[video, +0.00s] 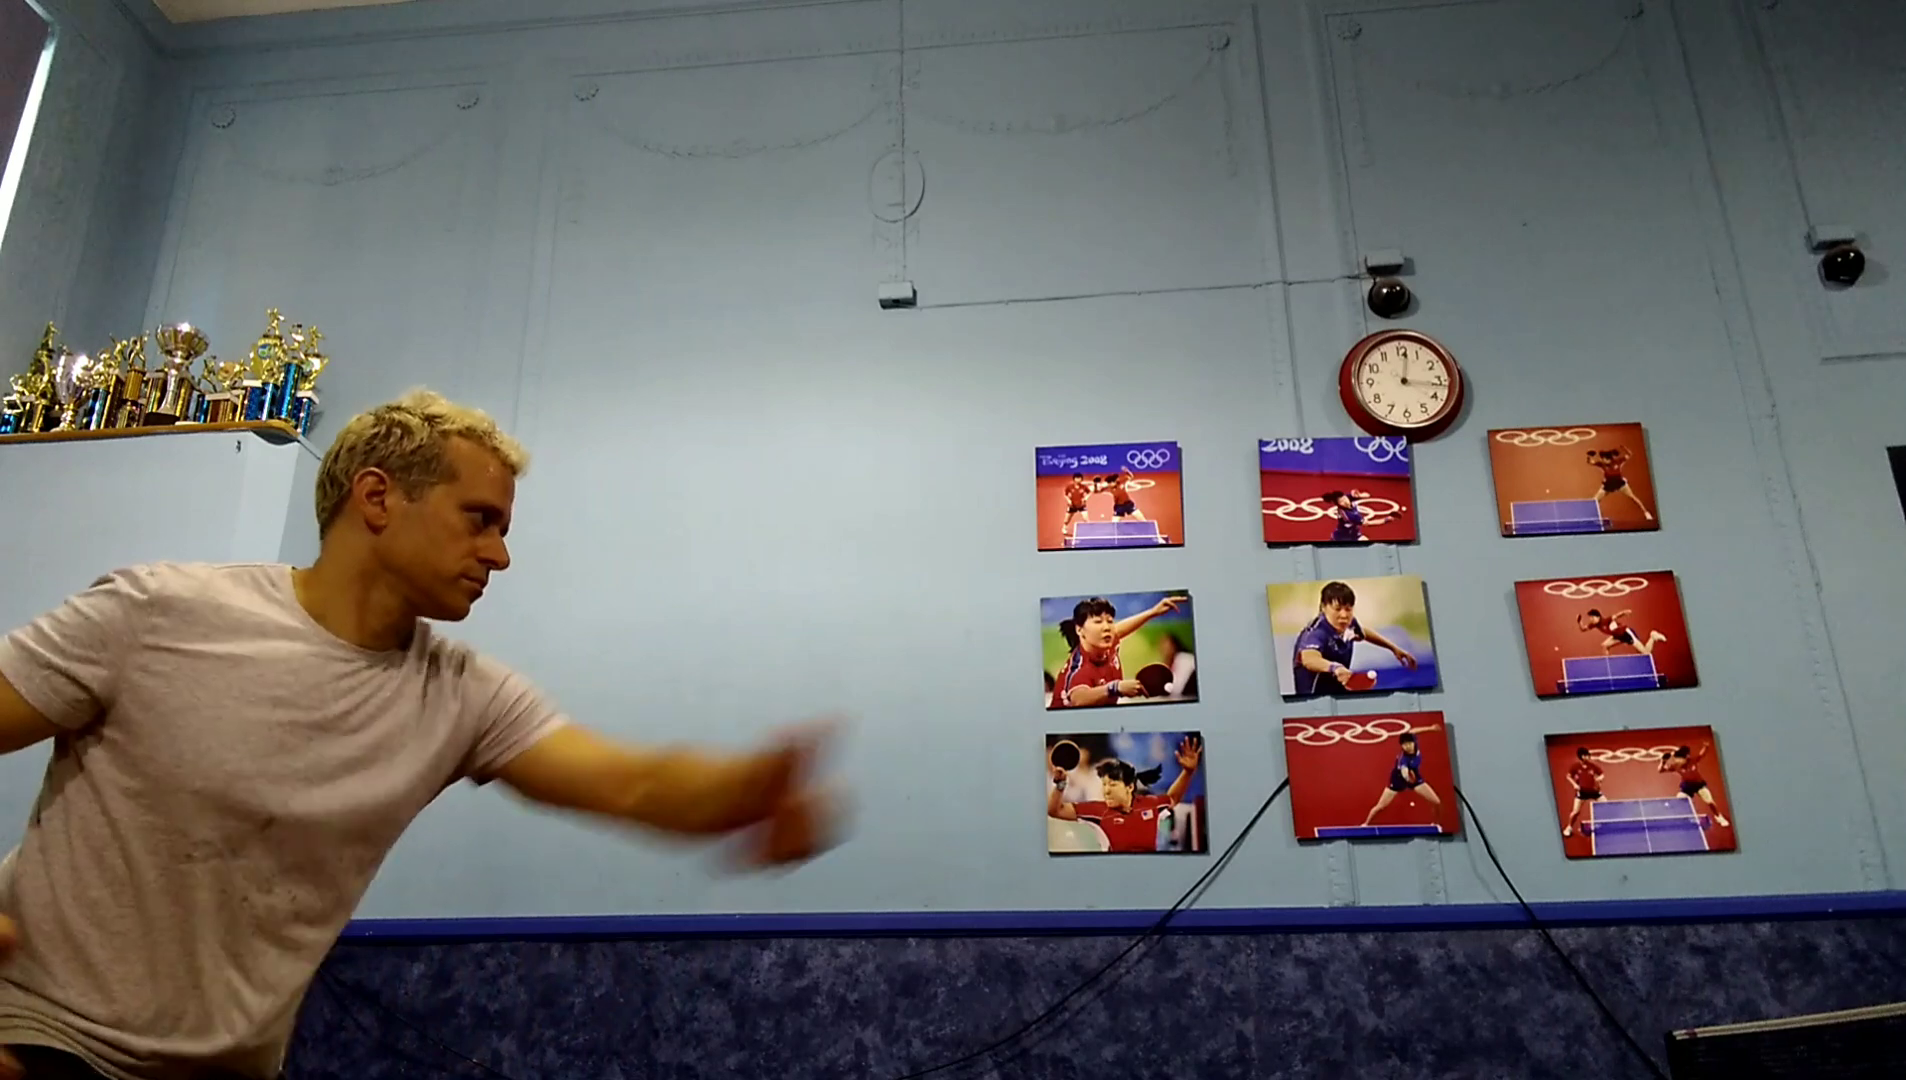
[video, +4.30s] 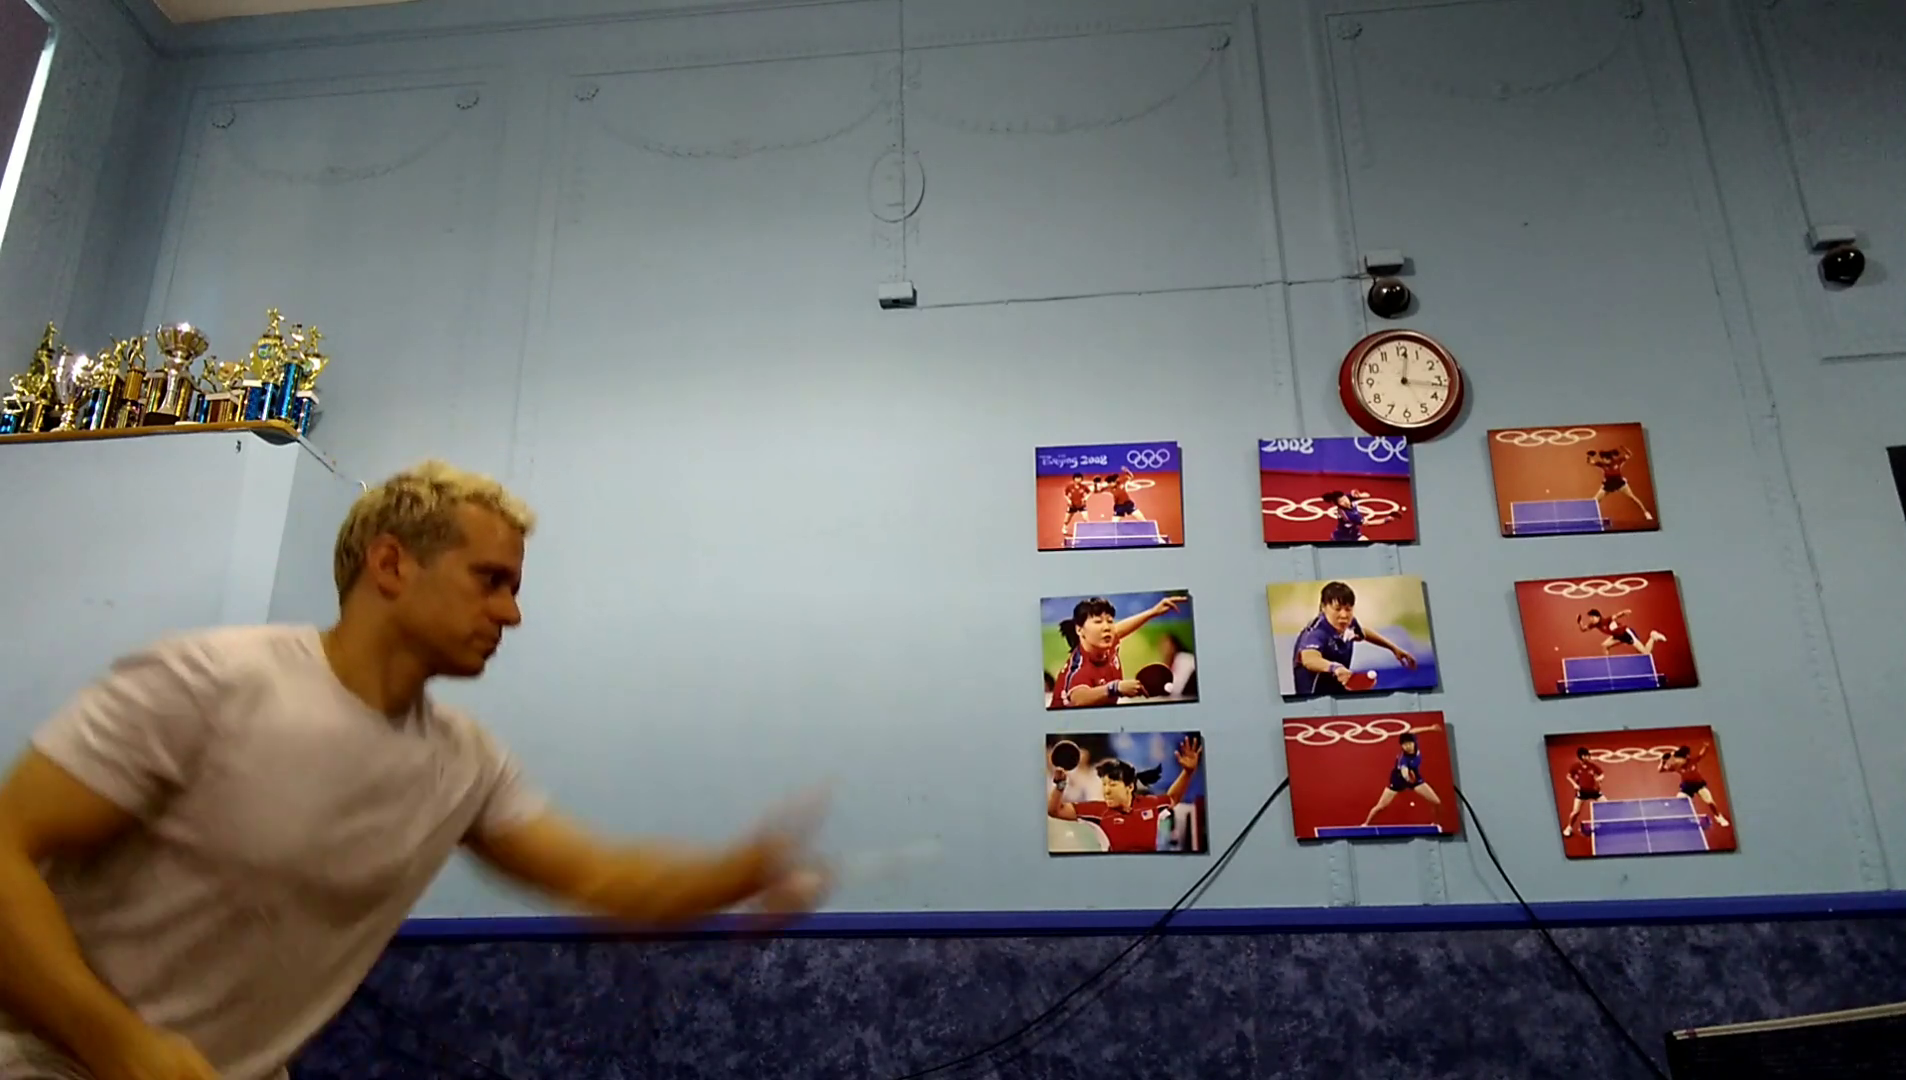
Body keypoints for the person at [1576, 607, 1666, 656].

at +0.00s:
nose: (1590, 620)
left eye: (1591, 618)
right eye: (1590, 619)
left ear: (1597, 617)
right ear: (1593, 618)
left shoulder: (1607, 620)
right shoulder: (1594, 624)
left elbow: (1617, 615)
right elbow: (1583, 630)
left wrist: (1625, 612)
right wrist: (1579, 623)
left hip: (1627, 634)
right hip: (1618, 636)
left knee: (1646, 652)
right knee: (1604, 645)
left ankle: (1653, 636)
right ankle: (1607, 667)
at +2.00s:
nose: (1590, 620)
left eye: (1591, 618)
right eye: (1590, 619)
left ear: (1597, 617)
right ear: (1593, 618)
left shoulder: (1607, 620)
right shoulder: (1595, 625)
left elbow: (1617, 615)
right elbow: (1584, 630)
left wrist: (1625, 612)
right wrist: (1579, 623)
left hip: (1627, 634)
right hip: (1618, 637)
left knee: (1646, 652)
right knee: (1604, 645)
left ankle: (1653, 636)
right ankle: (1608, 667)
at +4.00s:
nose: (1590, 620)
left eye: (1591, 618)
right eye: (1590, 619)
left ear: (1597, 617)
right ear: (1593, 618)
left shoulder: (1607, 620)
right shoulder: (1594, 624)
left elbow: (1617, 615)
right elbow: (1583, 630)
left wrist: (1625, 612)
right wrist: (1579, 623)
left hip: (1627, 634)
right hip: (1617, 636)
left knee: (1645, 652)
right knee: (1604, 645)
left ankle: (1653, 636)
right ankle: (1608, 666)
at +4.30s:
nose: (1590, 620)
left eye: (1591, 618)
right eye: (1590, 618)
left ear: (1597, 617)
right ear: (1593, 618)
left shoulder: (1607, 620)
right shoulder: (1594, 624)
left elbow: (1617, 615)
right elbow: (1583, 630)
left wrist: (1625, 612)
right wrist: (1579, 623)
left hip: (1627, 634)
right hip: (1617, 636)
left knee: (1645, 652)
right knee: (1604, 645)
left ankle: (1653, 636)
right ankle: (1608, 667)